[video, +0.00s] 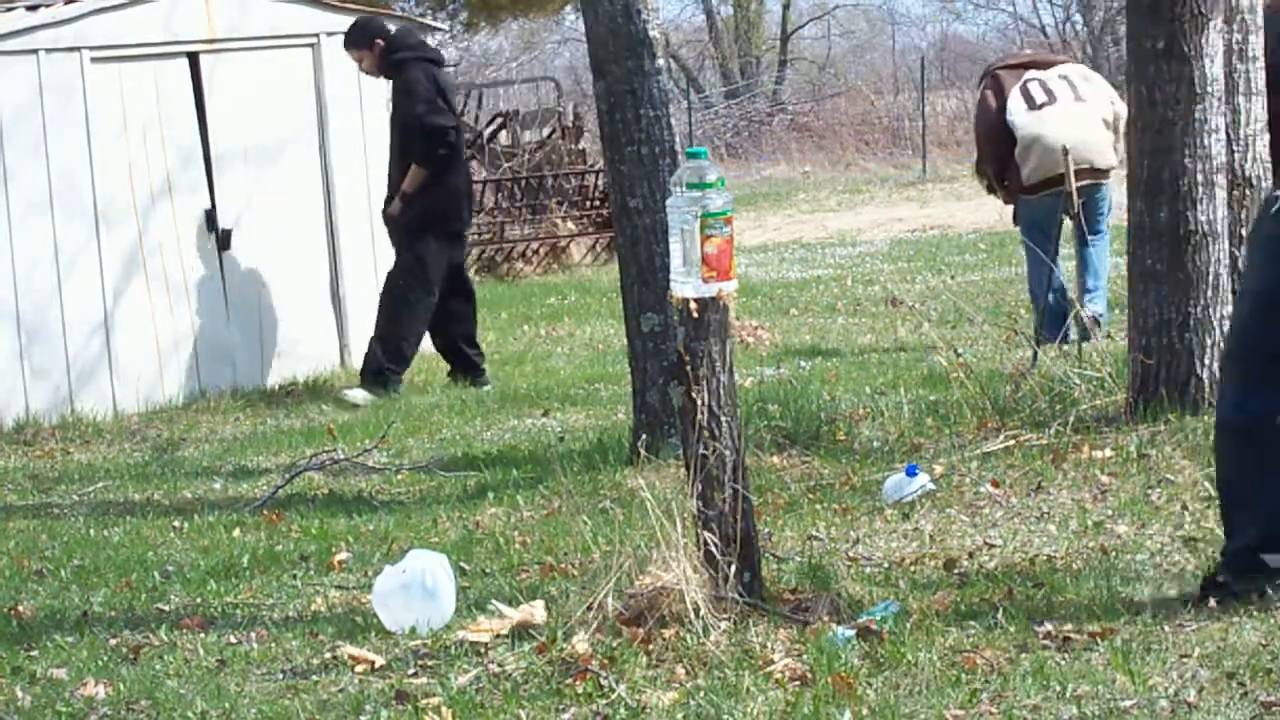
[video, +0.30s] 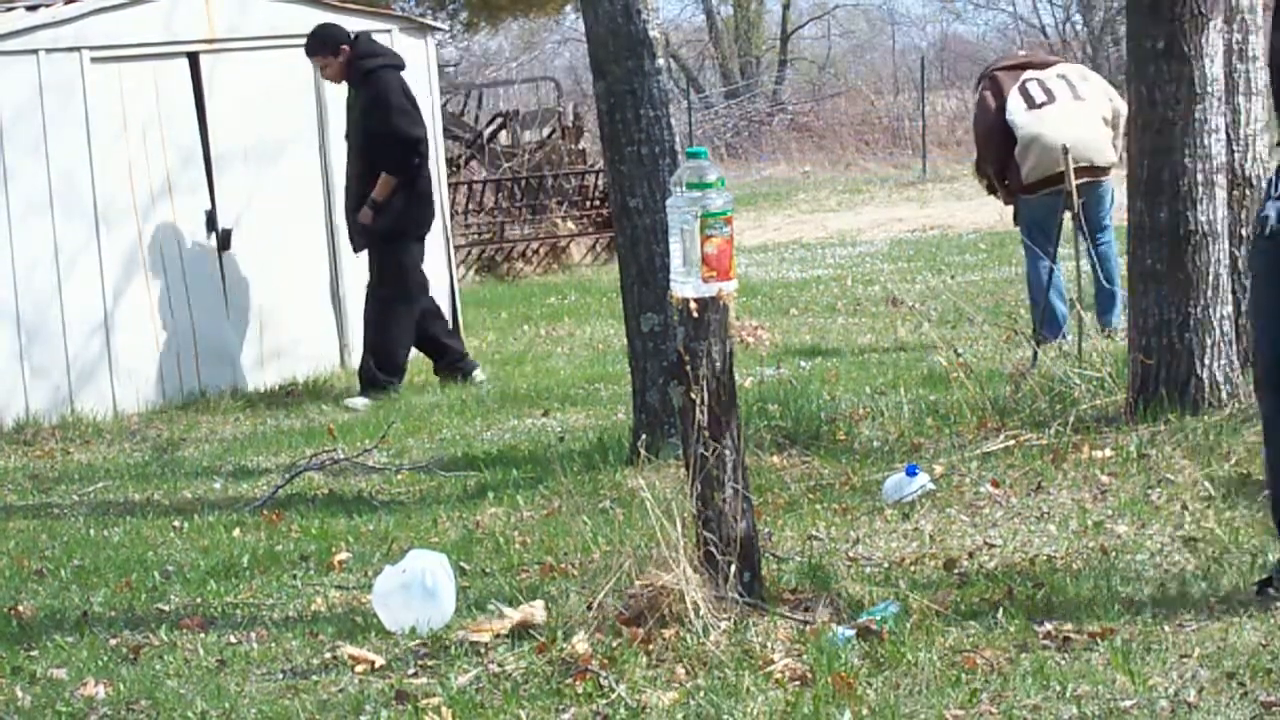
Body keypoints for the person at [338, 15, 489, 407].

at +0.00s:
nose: (360, 69)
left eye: (360, 60)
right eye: (356, 63)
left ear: (378, 47)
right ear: (378, 47)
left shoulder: (413, 74)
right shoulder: (418, 70)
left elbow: (436, 140)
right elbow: (432, 142)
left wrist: (402, 195)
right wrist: (403, 192)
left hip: (430, 211)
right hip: (441, 209)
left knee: (406, 296)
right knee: (449, 296)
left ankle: (379, 384)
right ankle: (470, 375)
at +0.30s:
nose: (323, 74)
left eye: (323, 65)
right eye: (318, 67)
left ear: (343, 52)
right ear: (341, 55)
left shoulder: (380, 79)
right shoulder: (364, 81)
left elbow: (408, 144)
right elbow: (381, 147)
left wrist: (373, 202)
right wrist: (364, 198)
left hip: (398, 213)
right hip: (386, 212)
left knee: (389, 299)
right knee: (408, 295)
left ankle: (379, 388)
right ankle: (459, 369)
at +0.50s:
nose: (303, 75)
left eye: (306, 66)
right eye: (299, 68)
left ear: (325, 53)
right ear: (315, 57)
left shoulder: (360, 78)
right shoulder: (334, 80)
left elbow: (391, 145)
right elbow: (343, 149)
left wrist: (360, 204)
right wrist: (330, 202)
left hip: (375, 216)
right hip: (347, 215)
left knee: (374, 299)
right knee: (346, 293)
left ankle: (379, 387)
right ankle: (414, 349)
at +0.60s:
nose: (293, 74)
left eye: (296, 65)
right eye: (289, 67)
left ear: (316, 52)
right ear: (303, 58)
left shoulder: (354, 80)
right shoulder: (318, 86)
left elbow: (386, 144)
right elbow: (326, 152)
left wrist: (354, 203)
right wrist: (314, 203)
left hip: (365, 218)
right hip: (329, 218)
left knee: (366, 298)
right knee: (323, 290)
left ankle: (379, 386)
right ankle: (369, 372)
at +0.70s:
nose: (282, 75)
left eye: (286, 67)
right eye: (278, 69)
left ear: (305, 54)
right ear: (286, 61)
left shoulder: (345, 82)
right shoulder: (301, 91)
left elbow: (377, 144)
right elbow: (310, 154)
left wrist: (346, 203)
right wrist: (297, 201)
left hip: (355, 218)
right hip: (312, 217)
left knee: (360, 302)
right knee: (304, 302)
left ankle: (377, 387)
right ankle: (323, 385)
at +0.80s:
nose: (269, 78)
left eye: (272, 70)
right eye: (264, 71)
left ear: (293, 57)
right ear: (272, 64)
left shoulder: (330, 82)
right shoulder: (284, 94)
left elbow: (365, 147)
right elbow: (294, 157)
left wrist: (334, 206)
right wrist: (282, 205)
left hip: (344, 223)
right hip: (301, 224)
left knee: (355, 309)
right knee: (286, 313)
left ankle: (376, 390)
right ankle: (269, 395)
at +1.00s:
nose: (232, 84)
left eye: (235, 75)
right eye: (227, 77)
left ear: (256, 62)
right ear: (228, 71)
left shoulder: (292, 89)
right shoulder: (241, 106)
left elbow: (330, 148)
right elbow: (248, 174)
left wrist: (302, 211)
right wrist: (237, 222)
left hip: (305, 229)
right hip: (261, 232)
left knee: (330, 314)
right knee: (256, 324)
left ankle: (372, 389)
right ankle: (244, 404)